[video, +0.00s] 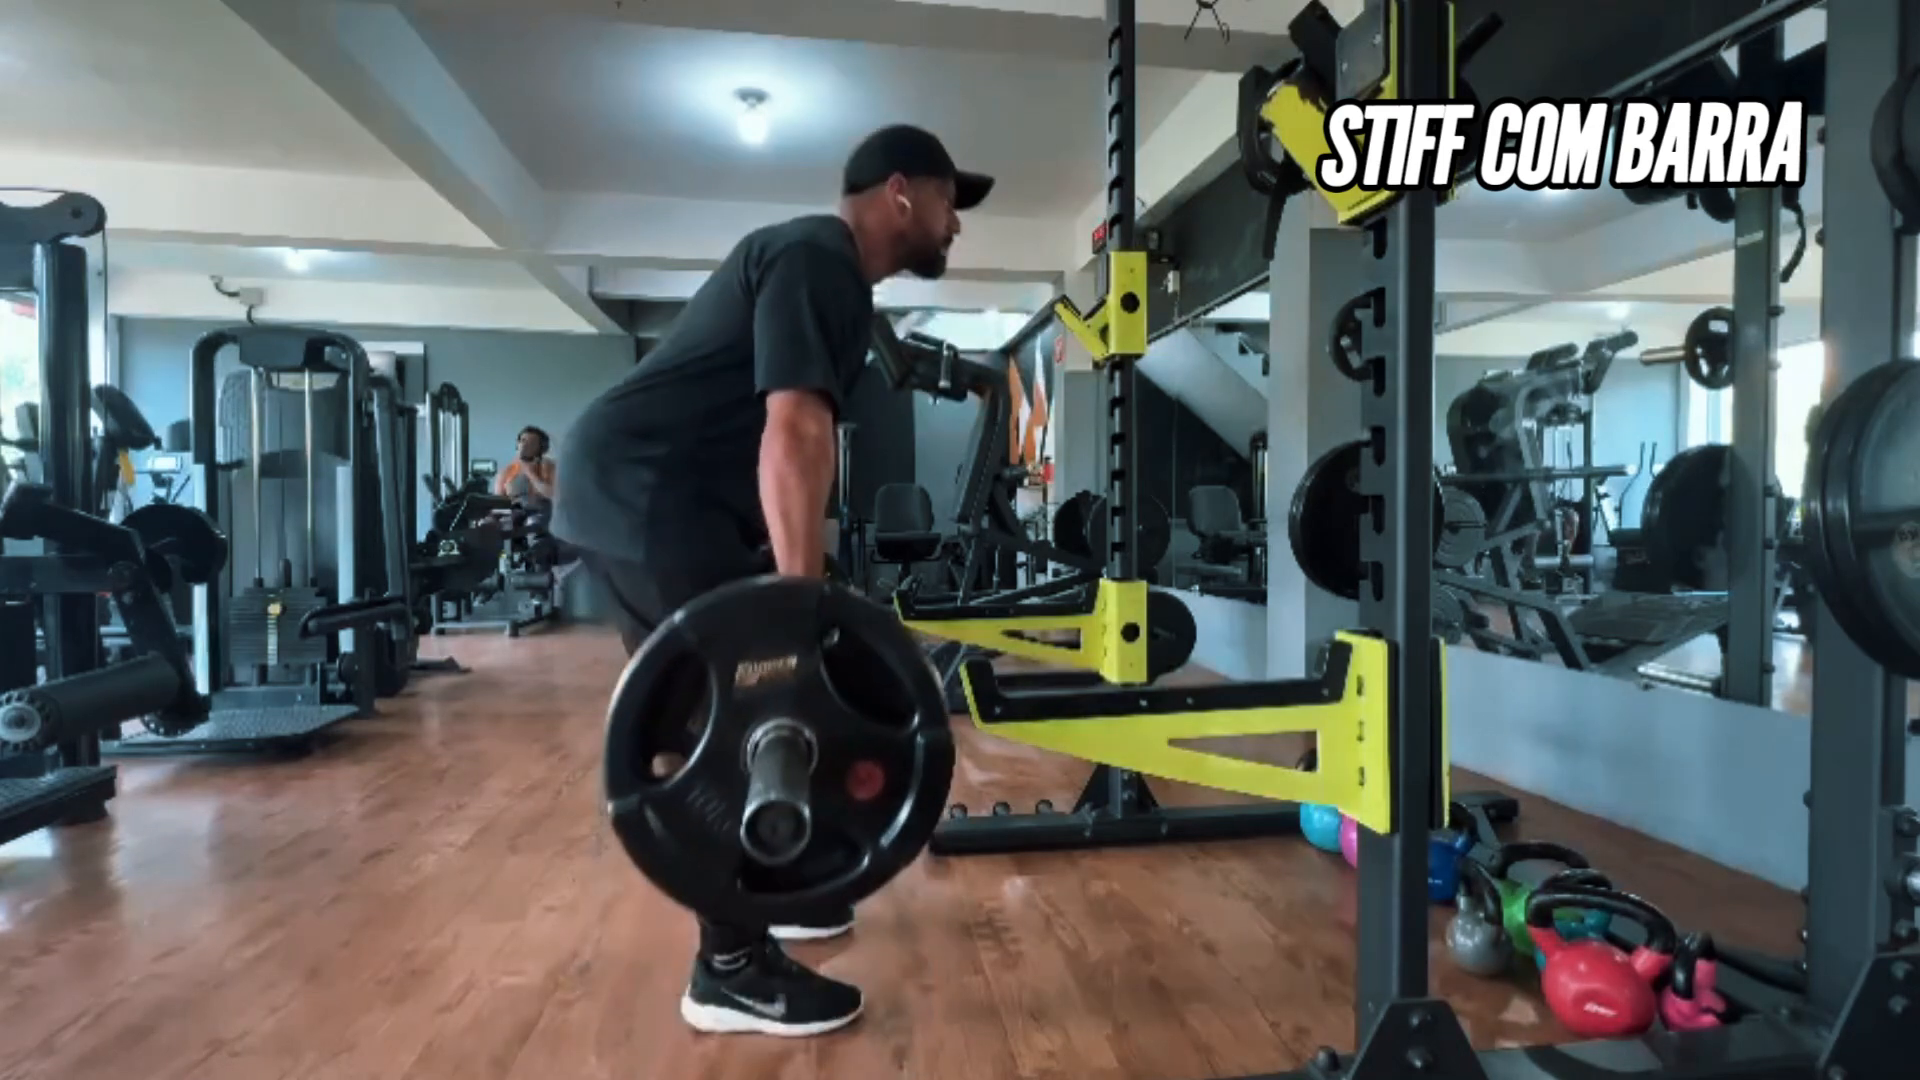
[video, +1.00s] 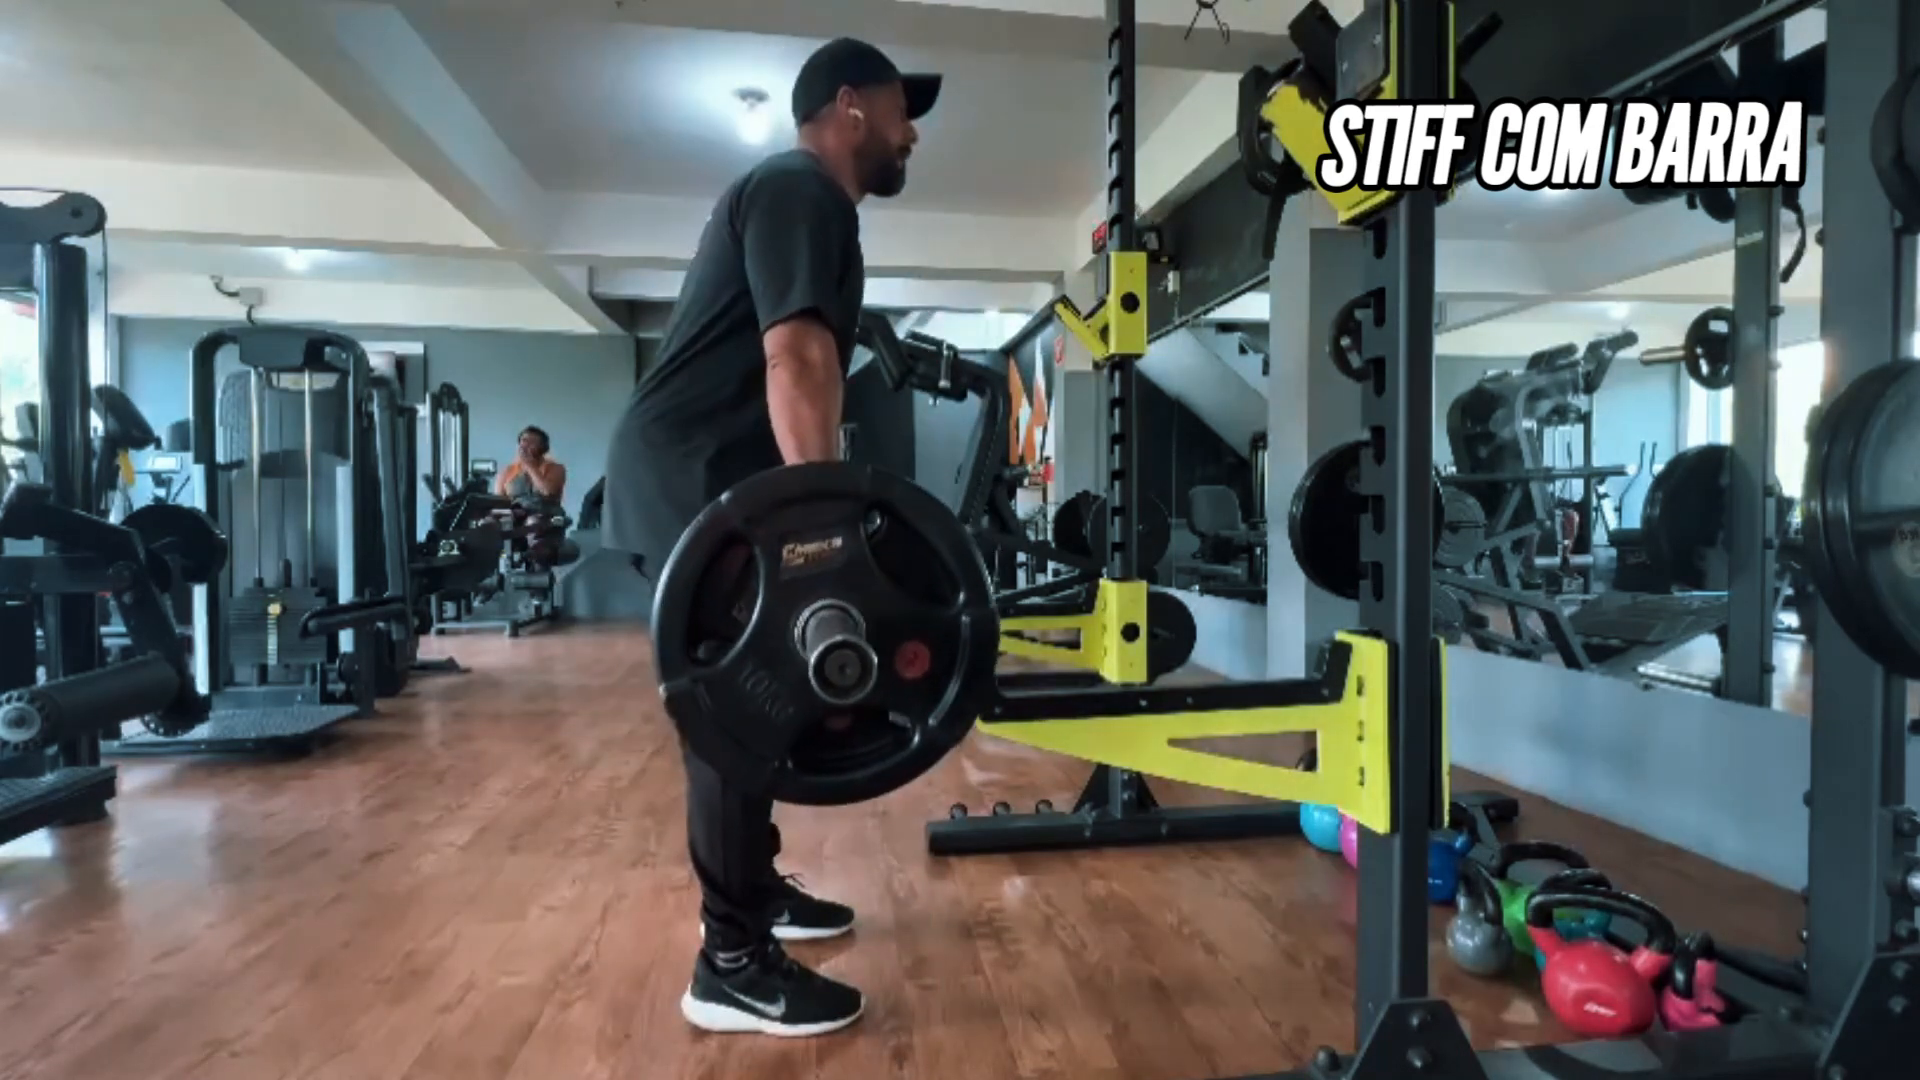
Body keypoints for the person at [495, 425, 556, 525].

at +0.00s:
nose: (524, 446)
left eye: (530, 443)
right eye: (522, 441)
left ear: (541, 448)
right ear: (518, 444)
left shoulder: (548, 468)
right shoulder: (507, 472)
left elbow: (553, 495)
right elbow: (499, 500)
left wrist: (530, 473)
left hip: (538, 512)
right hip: (513, 512)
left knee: (532, 525)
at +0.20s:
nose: (522, 445)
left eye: (528, 441)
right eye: (521, 440)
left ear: (540, 446)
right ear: (519, 442)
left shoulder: (555, 470)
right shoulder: (509, 471)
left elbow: (554, 497)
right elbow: (500, 499)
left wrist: (530, 472)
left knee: (533, 522)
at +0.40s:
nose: (523, 444)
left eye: (529, 440)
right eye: (522, 440)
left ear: (541, 446)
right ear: (520, 442)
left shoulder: (555, 470)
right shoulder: (509, 471)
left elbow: (554, 497)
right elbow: (500, 499)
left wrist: (530, 472)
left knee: (533, 522)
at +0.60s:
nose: (523, 444)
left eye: (530, 440)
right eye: (522, 440)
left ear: (541, 446)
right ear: (519, 442)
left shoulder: (555, 470)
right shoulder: (509, 471)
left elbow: (554, 497)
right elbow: (500, 499)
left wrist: (529, 471)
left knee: (533, 522)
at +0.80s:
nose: (523, 446)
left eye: (529, 442)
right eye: (521, 441)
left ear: (542, 447)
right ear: (518, 443)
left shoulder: (555, 470)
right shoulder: (508, 471)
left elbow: (552, 495)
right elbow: (500, 501)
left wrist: (528, 468)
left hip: (546, 519)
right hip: (515, 520)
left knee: (534, 523)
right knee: (486, 525)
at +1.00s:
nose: (525, 445)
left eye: (531, 442)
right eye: (523, 441)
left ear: (543, 448)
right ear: (518, 444)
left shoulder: (555, 469)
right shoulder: (508, 471)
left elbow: (548, 491)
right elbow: (500, 500)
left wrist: (528, 465)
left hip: (545, 517)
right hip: (514, 518)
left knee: (533, 523)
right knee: (487, 524)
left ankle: (540, 573)